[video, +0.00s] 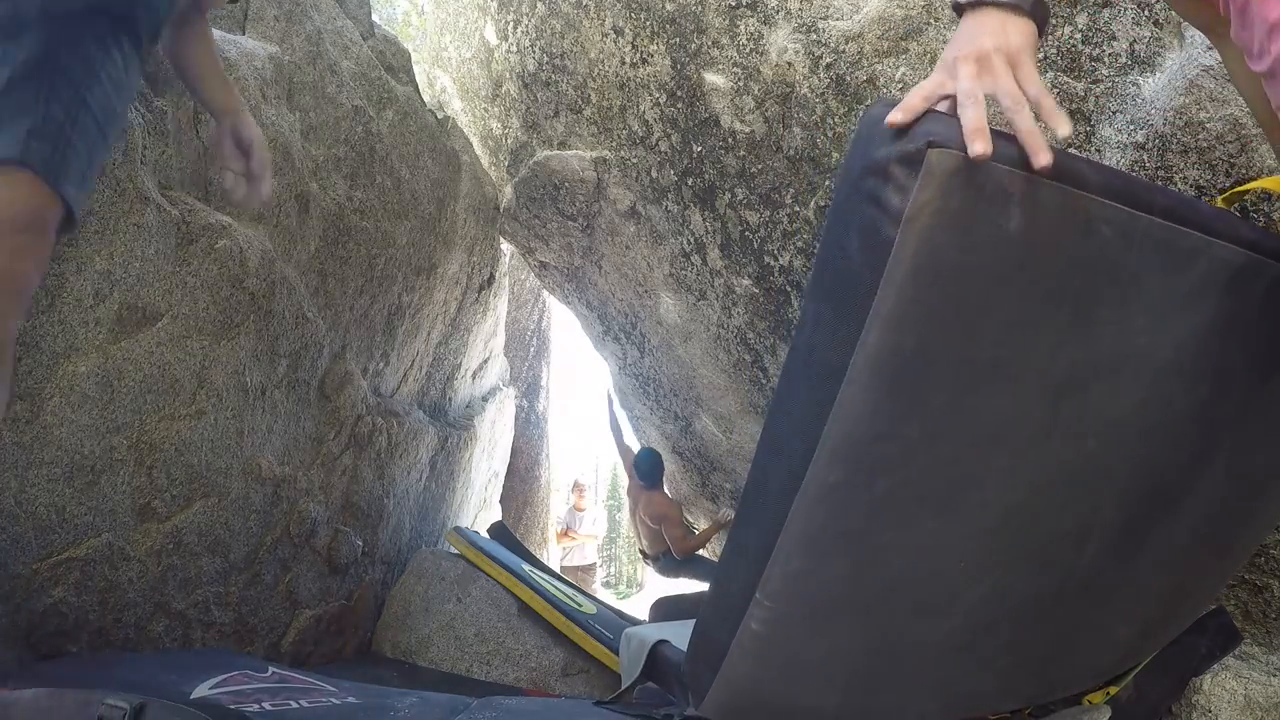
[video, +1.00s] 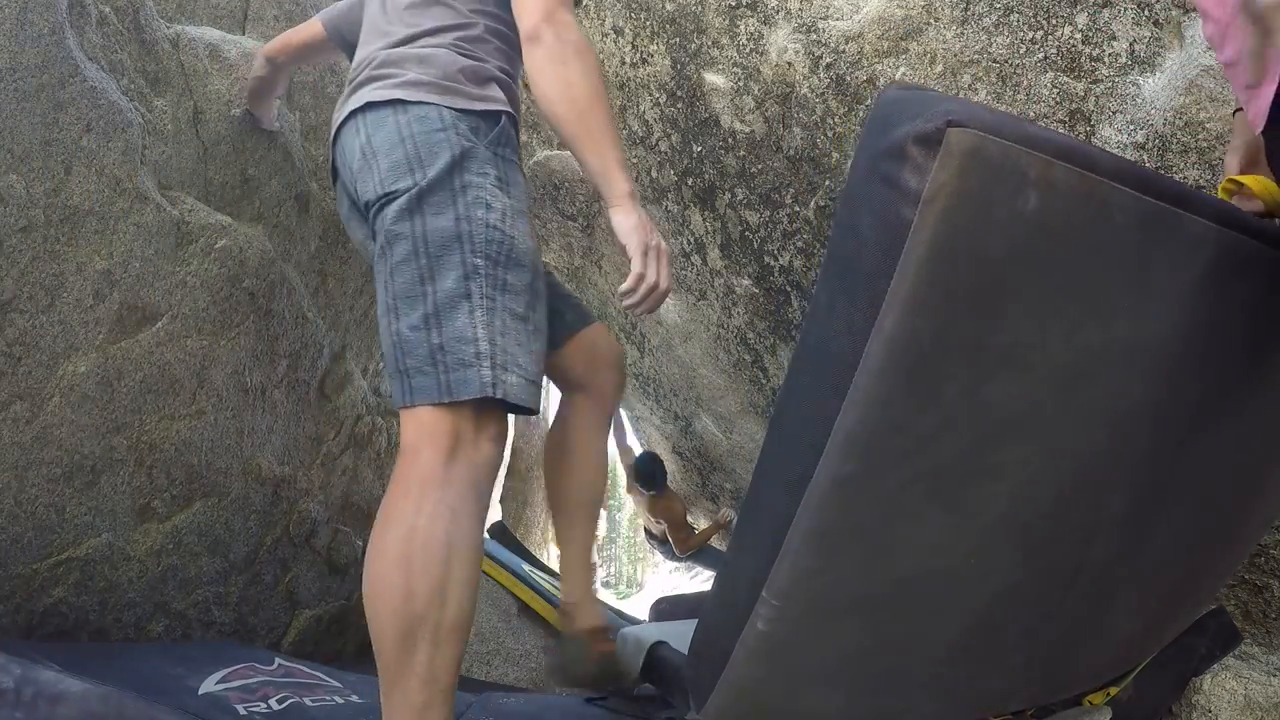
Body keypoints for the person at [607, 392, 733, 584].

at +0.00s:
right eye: (663, 464)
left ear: (637, 472)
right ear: (662, 471)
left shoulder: (634, 484)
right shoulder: (667, 508)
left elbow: (619, 439)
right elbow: (682, 551)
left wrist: (610, 405)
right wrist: (716, 526)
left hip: (649, 557)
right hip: (669, 561)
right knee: (722, 573)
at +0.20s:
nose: (661, 467)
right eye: (659, 467)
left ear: (634, 477)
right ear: (660, 476)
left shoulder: (631, 485)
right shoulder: (666, 513)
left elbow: (621, 443)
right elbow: (683, 554)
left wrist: (615, 407)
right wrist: (716, 526)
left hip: (645, 558)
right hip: (666, 563)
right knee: (717, 576)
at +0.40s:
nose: (655, 471)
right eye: (654, 471)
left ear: (631, 485)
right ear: (656, 482)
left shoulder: (630, 496)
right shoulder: (665, 517)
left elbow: (623, 444)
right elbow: (685, 556)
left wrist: (616, 407)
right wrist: (716, 526)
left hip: (647, 562)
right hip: (669, 567)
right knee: (719, 577)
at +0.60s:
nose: (659, 469)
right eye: (657, 469)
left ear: (633, 485)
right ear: (659, 480)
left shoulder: (632, 494)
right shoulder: (666, 513)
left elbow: (623, 445)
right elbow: (685, 553)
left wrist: (616, 407)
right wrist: (717, 525)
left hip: (650, 553)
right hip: (669, 559)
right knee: (717, 574)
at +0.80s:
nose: (662, 463)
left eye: (658, 461)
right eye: (660, 464)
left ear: (636, 480)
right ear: (663, 476)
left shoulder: (632, 483)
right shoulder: (669, 508)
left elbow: (621, 443)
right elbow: (683, 549)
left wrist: (616, 407)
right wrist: (716, 526)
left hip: (651, 540)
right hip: (671, 550)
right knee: (721, 565)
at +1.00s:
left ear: (637, 483)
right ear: (665, 473)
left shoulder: (634, 481)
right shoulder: (670, 507)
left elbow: (621, 442)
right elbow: (683, 548)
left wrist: (614, 405)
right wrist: (716, 526)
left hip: (651, 535)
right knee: (727, 564)